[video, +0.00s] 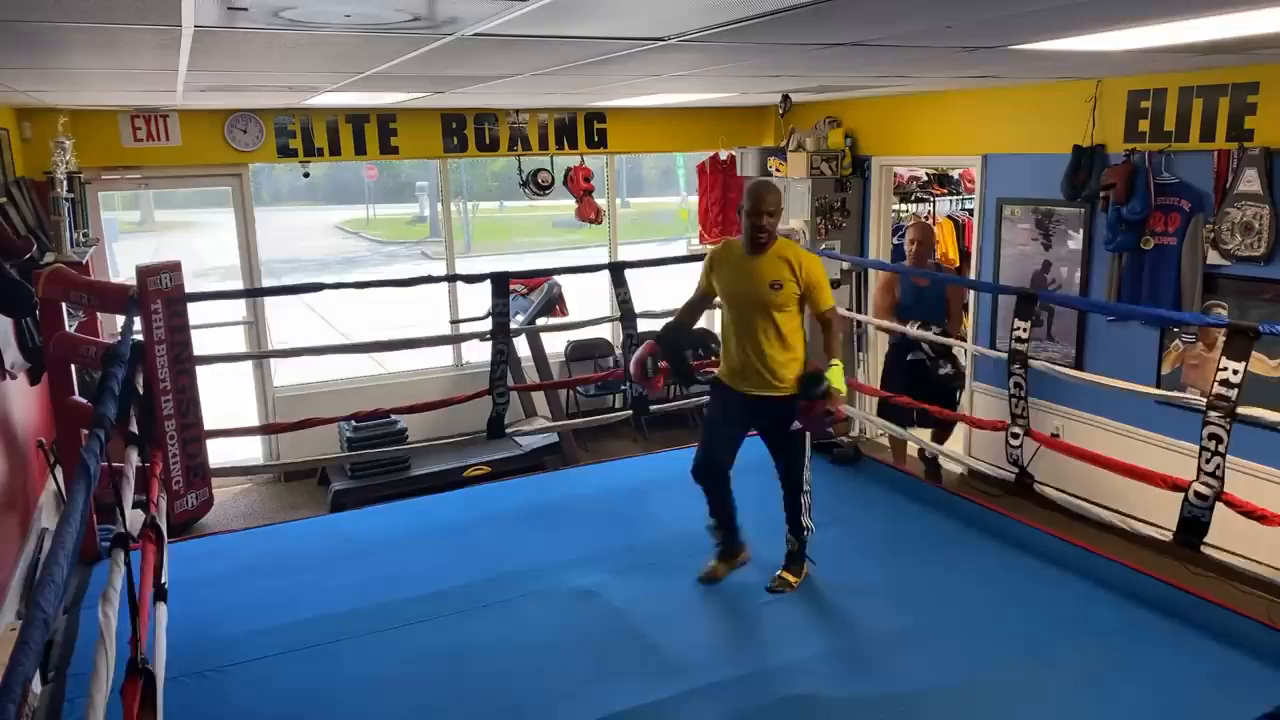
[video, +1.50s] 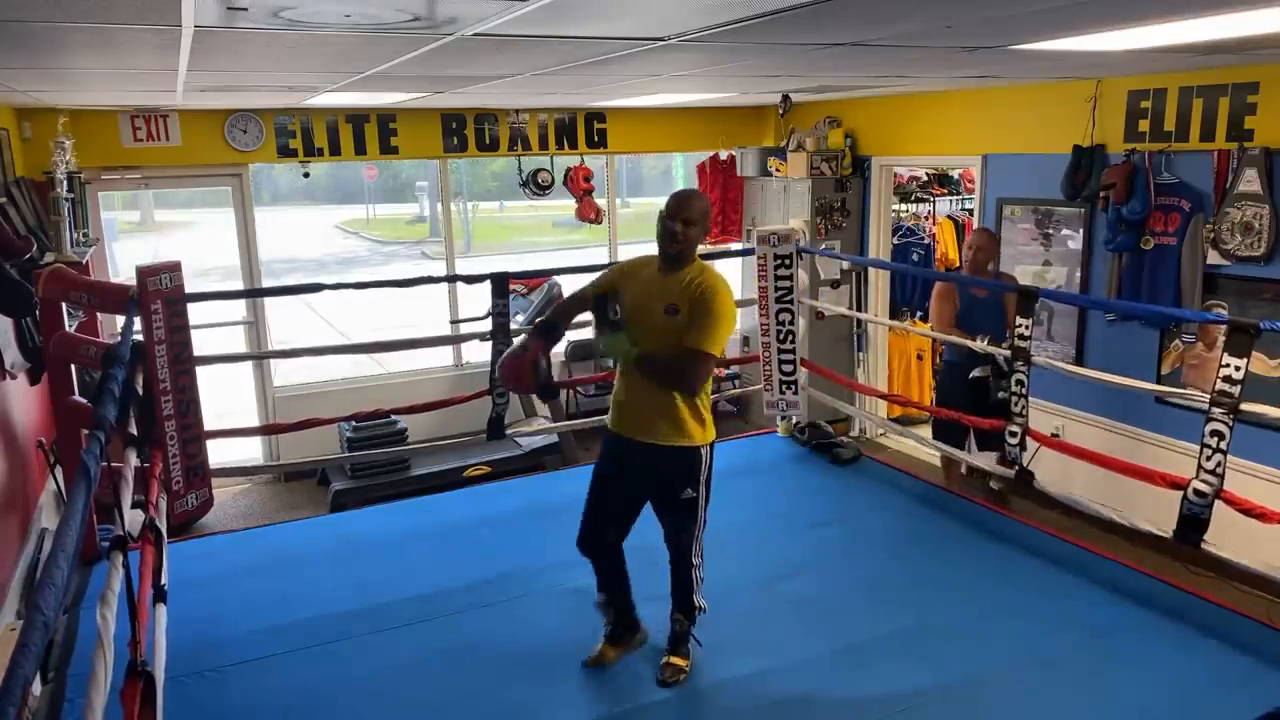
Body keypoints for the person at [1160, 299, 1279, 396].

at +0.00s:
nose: (1217, 327)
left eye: (1222, 323)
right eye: (1213, 322)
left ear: (1225, 327)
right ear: (1201, 325)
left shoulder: (1232, 350)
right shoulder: (1189, 348)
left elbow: (1271, 368)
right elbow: (1163, 369)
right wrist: (1178, 345)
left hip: (1217, 408)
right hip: (1186, 404)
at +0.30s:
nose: (1219, 324)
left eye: (1223, 320)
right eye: (1214, 319)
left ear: (1226, 325)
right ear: (1202, 323)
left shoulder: (1233, 351)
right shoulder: (1189, 349)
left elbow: (1271, 368)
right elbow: (1163, 369)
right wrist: (1176, 347)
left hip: (1216, 411)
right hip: (1186, 407)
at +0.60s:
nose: (1219, 325)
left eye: (1223, 321)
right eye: (1214, 320)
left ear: (1226, 325)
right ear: (1201, 324)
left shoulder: (1233, 350)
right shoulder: (1189, 349)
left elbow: (1271, 368)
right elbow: (1163, 369)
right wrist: (1176, 348)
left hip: (1218, 409)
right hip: (1188, 406)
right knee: (1193, 394)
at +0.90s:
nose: (1220, 324)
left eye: (1223, 320)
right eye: (1215, 319)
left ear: (1227, 325)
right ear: (1202, 323)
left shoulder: (1233, 350)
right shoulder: (1189, 349)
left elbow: (1271, 368)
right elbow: (1163, 369)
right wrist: (1177, 347)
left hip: (1220, 409)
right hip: (1190, 406)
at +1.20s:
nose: (1220, 326)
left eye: (1223, 322)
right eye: (1215, 321)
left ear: (1226, 326)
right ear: (1201, 324)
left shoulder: (1232, 350)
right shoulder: (1189, 349)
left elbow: (1271, 368)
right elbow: (1163, 369)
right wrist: (1176, 348)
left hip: (1218, 408)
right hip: (1189, 404)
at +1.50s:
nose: (1220, 325)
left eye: (1224, 321)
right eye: (1215, 320)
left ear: (1226, 326)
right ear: (1202, 324)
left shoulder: (1233, 350)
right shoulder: (1189, 350)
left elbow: (1271, 368)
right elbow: (1162, 369)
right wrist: (1176, 348)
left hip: (1218, 408)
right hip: (1189, 405)